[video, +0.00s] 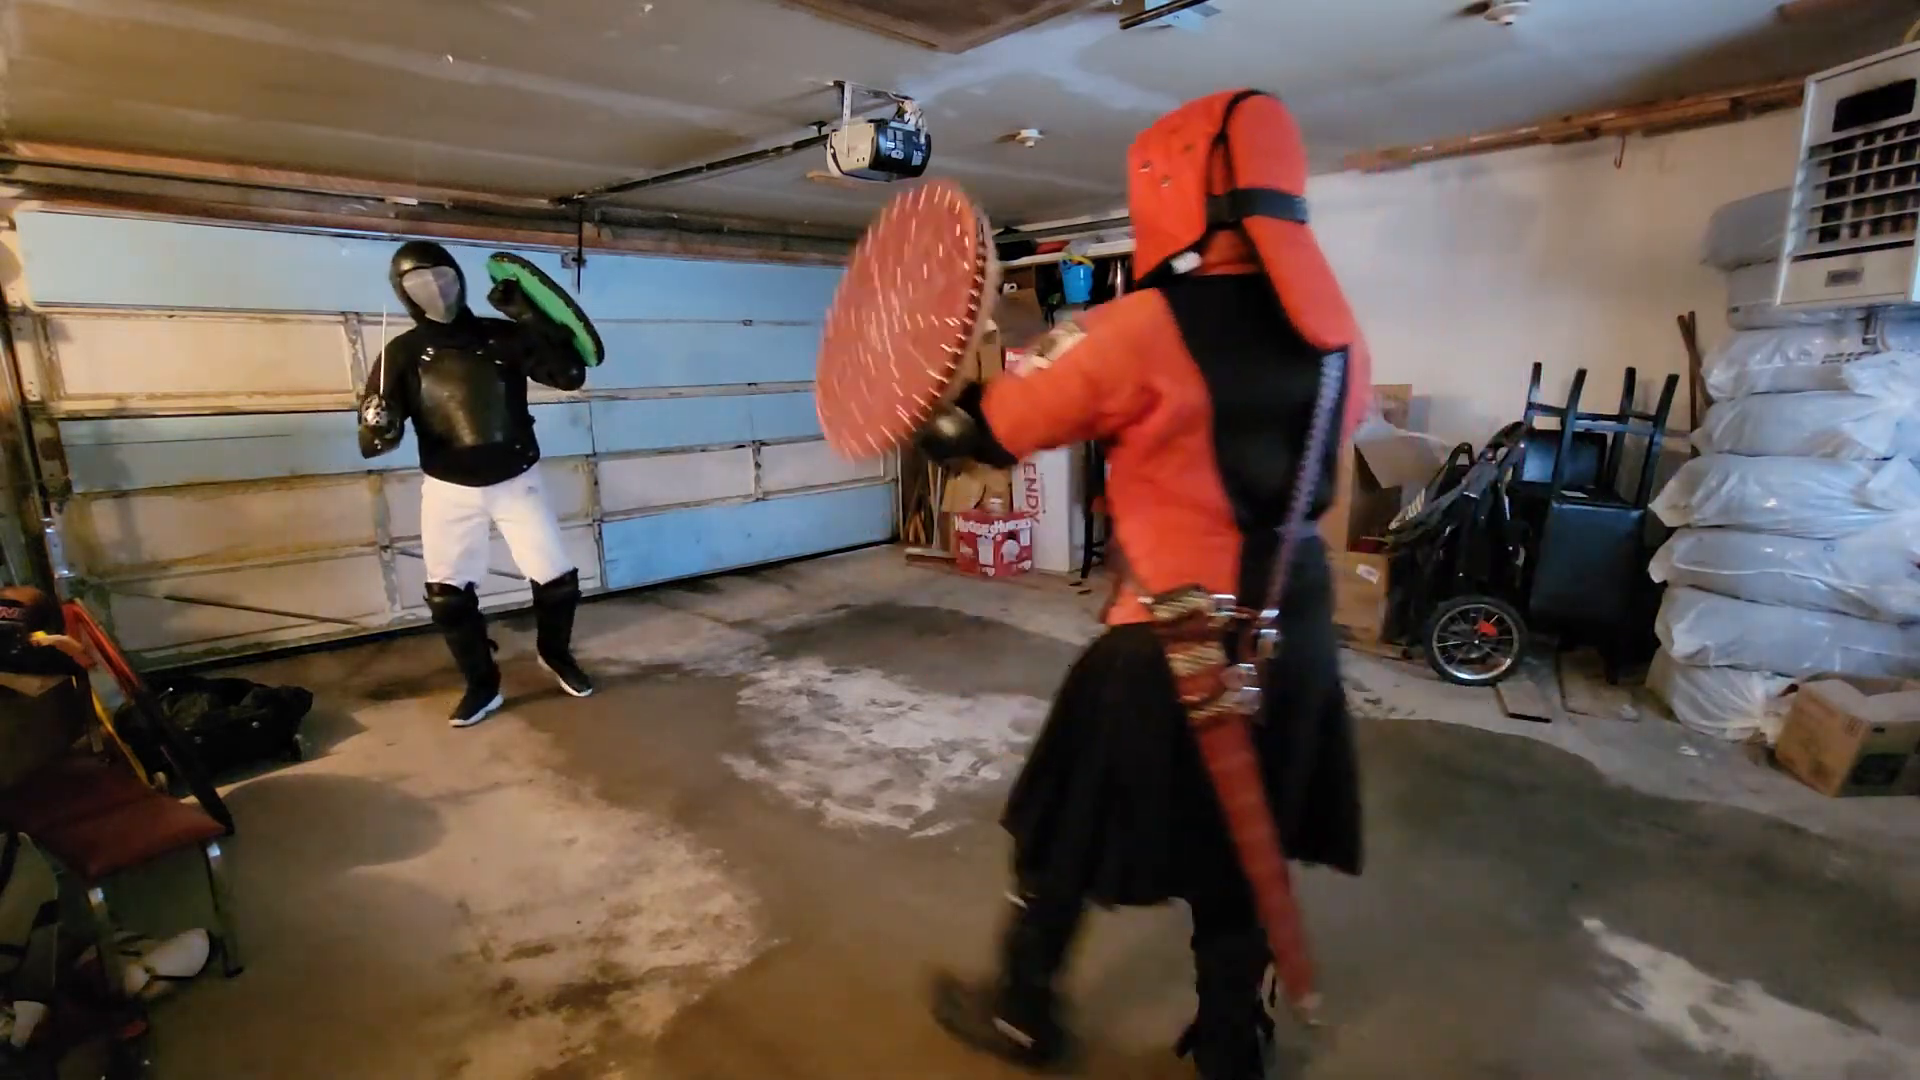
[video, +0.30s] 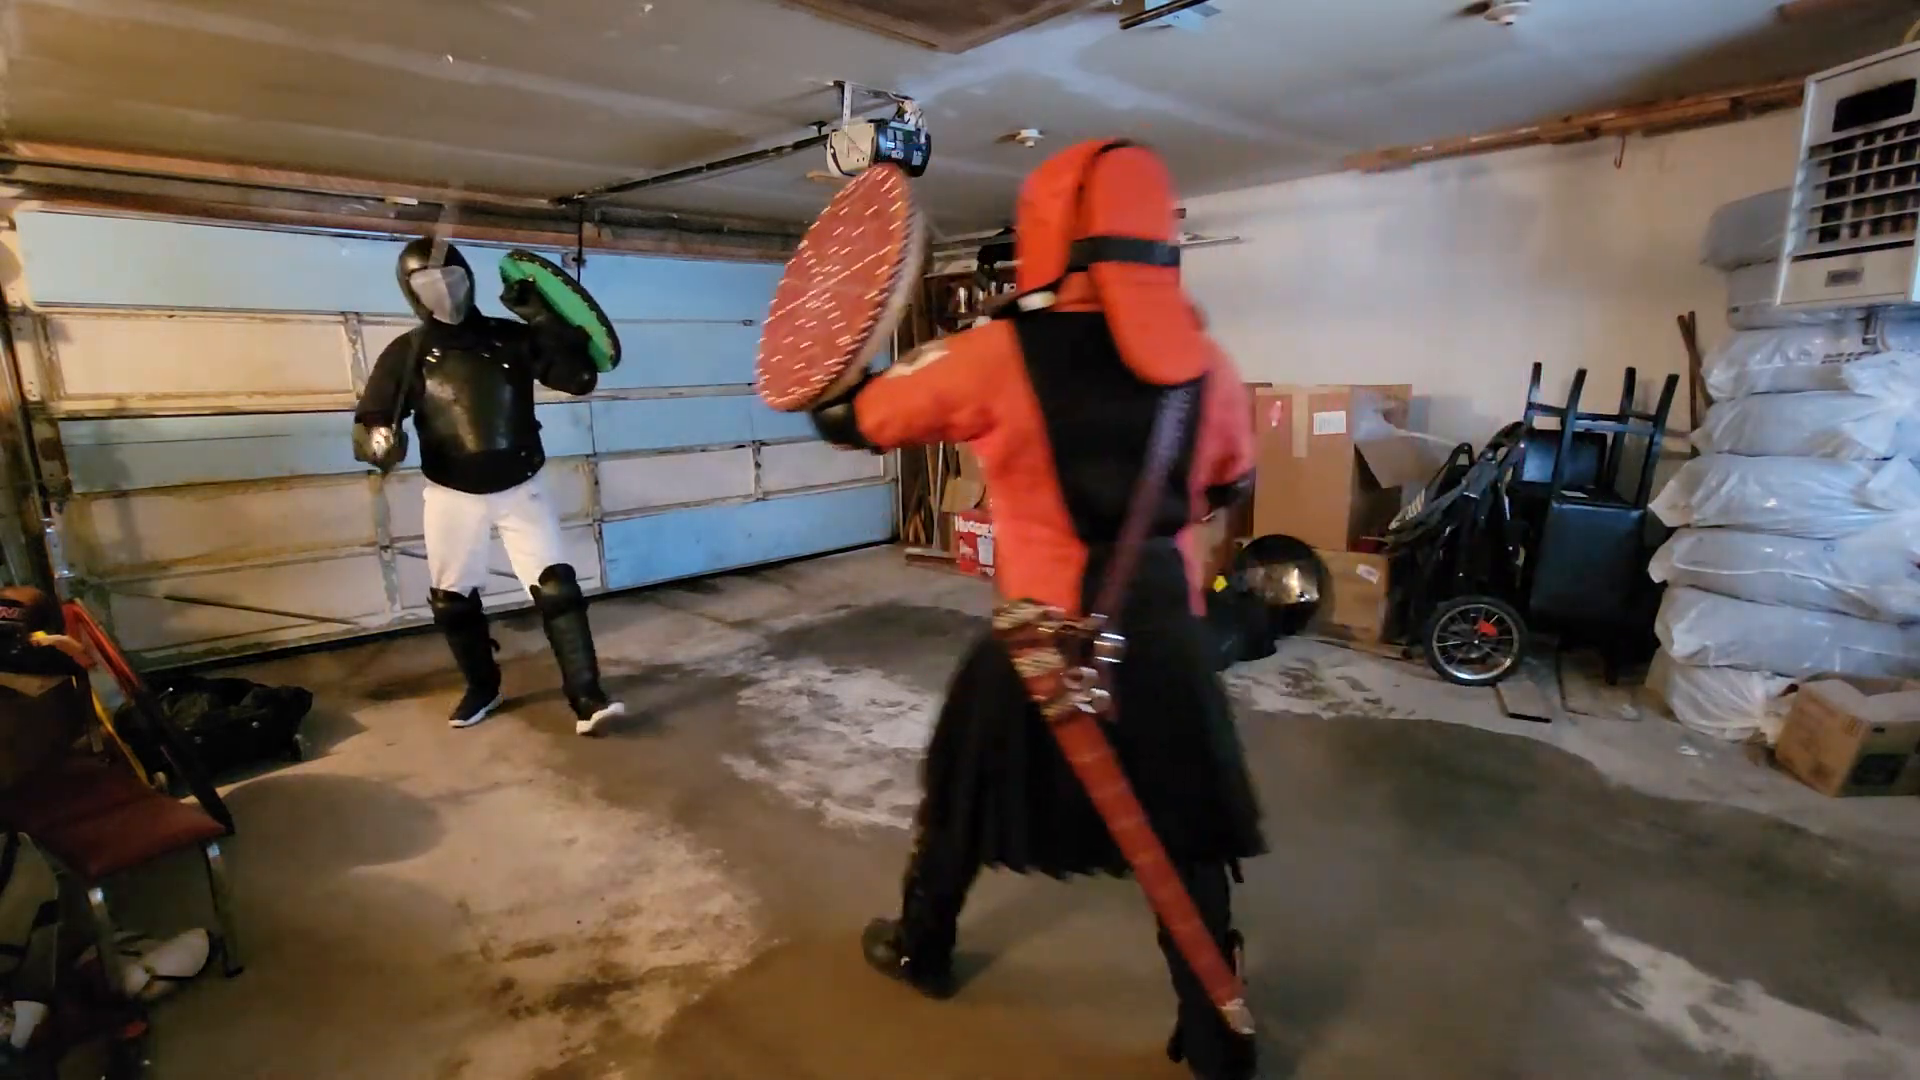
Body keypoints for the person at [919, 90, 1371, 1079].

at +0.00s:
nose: (1140, 210)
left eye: (1151, 192)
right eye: (1145, 192)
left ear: (1181, 198)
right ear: (1273, 195)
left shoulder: (1146, 329)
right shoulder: (1332, 333)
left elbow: (1004, 423)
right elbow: (1325, 493)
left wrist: (949, 400)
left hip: (1164, 642)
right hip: (1288, 642)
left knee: (1070, 817)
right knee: (1242, 848)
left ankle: (1025, 1003)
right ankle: (1232, 1038)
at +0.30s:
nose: (1023, 245)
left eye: (1034, 230)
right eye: (1031, 228)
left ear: (1053, 238)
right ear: (1155, 240)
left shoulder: (1003, 353)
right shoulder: (1202, 366)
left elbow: (880, 415)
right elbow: (1228, 481)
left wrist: (834, 396)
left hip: (1040, 638)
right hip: (1159, 635)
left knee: (962, 784)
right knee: (1186, 835)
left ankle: (924, 941)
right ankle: (1215, 1033)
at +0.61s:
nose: (931, 245)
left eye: (938, 230)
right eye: (935, 230)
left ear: (956, 234)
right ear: (1052, 235)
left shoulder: (913, 346)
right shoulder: (1112, 351)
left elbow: (814, 439)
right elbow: (1142, 487)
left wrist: (775, 425)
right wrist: (1122, 575)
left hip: (969, 612)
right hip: (1098, 608)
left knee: (924, 772)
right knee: (1144, 790)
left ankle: (919, 941)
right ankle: (1182, 996)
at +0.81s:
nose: (937, 258)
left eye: (943, 243)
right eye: (942, 243)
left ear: (960, 247)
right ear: (1056, 246)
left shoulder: (919, 357)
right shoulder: (1116, 359)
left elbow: (821, 462)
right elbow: (1146, 498)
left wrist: (782, 447)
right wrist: (1114, 582)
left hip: (980, 615)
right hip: (1104, 610)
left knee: (924, 771)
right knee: (1156, 791)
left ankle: (921, 939)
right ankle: (1209, 986)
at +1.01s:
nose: (958, 260)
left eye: (965, 244)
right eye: (961, 245)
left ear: (986, 247)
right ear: (1079, 245)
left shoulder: (945, 358)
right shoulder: (1137, 355)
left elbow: (845, 460)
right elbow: (1174, 493)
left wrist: (811, 447)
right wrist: (1107, 540)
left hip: (1002, 624)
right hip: (1127, 618)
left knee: (940, 773)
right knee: (1171, 802)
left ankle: (925, 942)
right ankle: (1216, 999)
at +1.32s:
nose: (987, 263)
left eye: (993, 248)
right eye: (990, 248)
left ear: (1017, 254)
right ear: (1105, 248)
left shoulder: (975, 360)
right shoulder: (1169, 363)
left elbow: (864, 430)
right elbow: (1194, 501)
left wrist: (833, 397)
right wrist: (1124, 543)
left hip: (1014, 626)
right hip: (1141, 625)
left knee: (927, 741)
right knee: (1182, 800)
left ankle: (902, 911)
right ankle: (1216, 994)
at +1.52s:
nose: (942, 276)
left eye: (951, 262)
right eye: (947, 262)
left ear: (974, 270)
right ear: (1062, 271)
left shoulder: (932, 370)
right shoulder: (1114, 383)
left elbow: (829, 435)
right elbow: (1140, 516)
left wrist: (800, 405)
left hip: (974, 634)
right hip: (1094, 631)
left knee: (903, 755)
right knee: (1151, 800)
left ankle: (867, 893)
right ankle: (1209, 989)